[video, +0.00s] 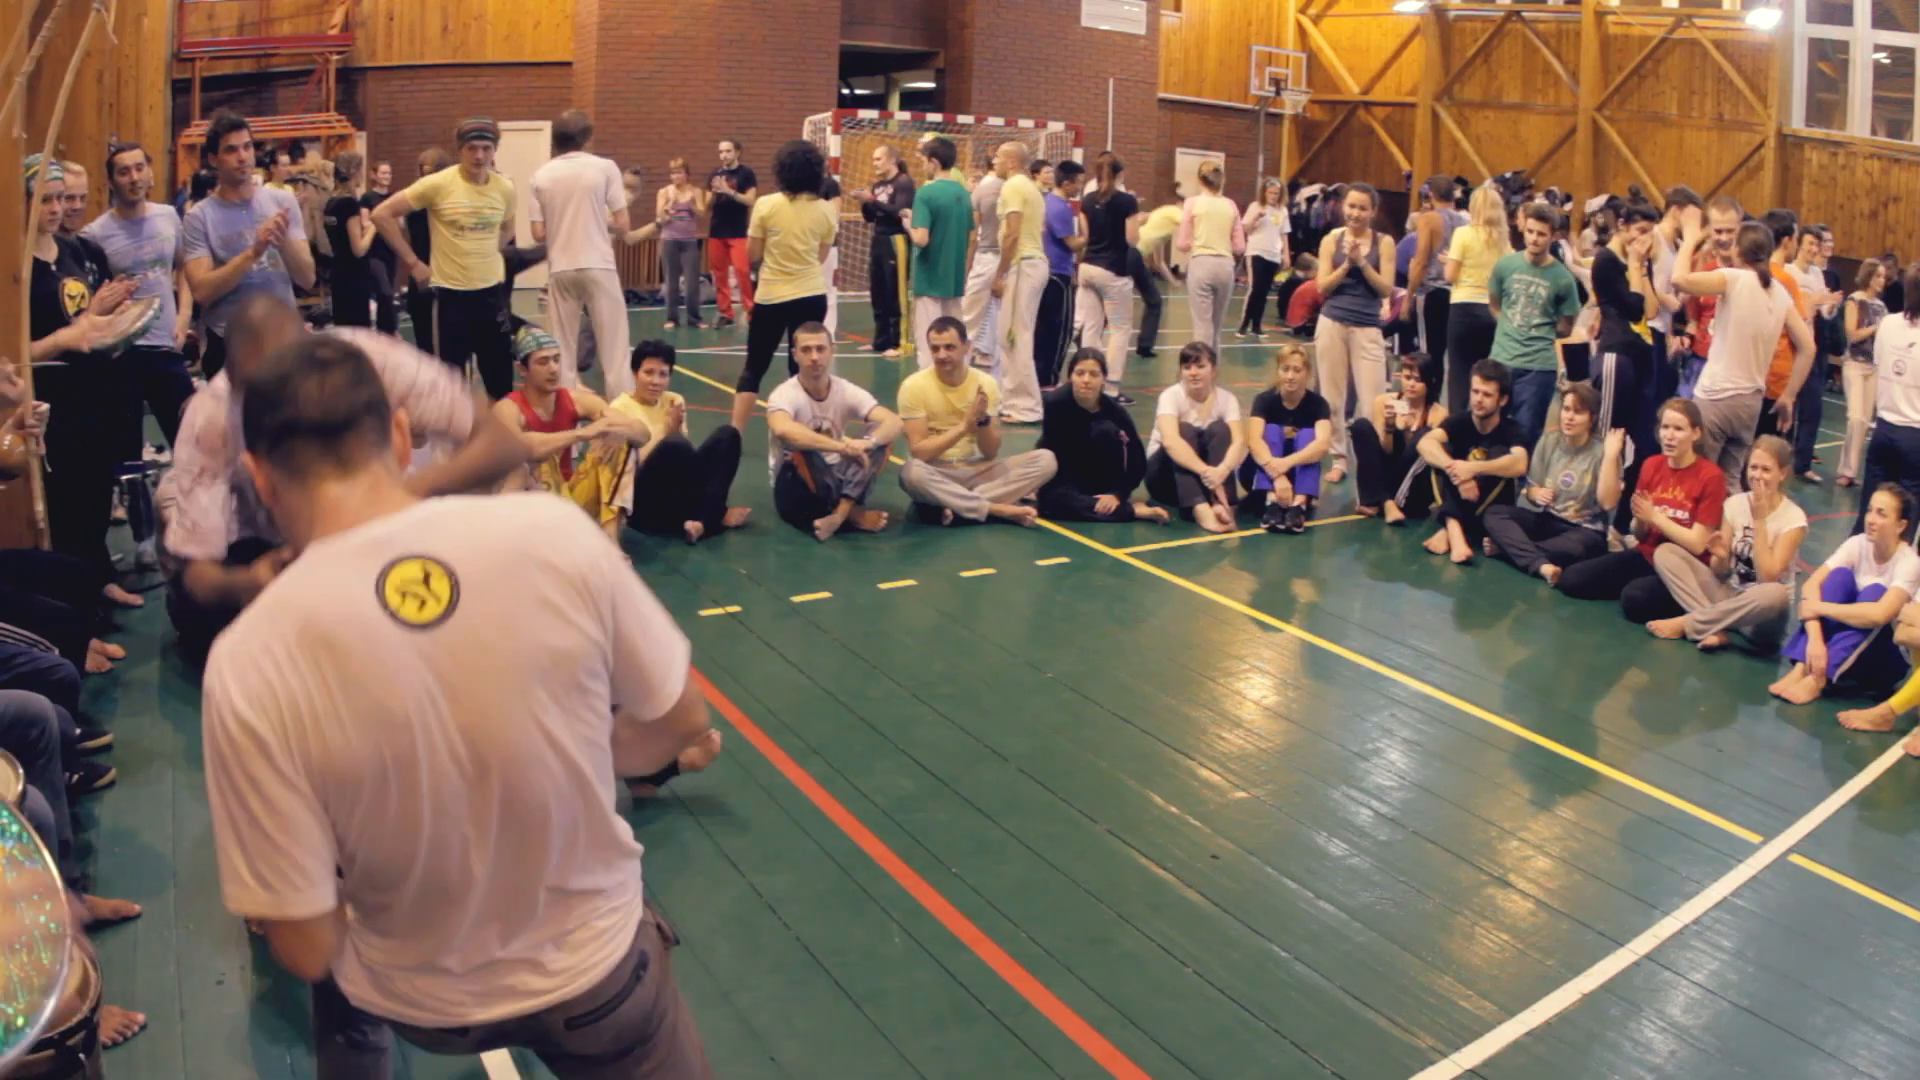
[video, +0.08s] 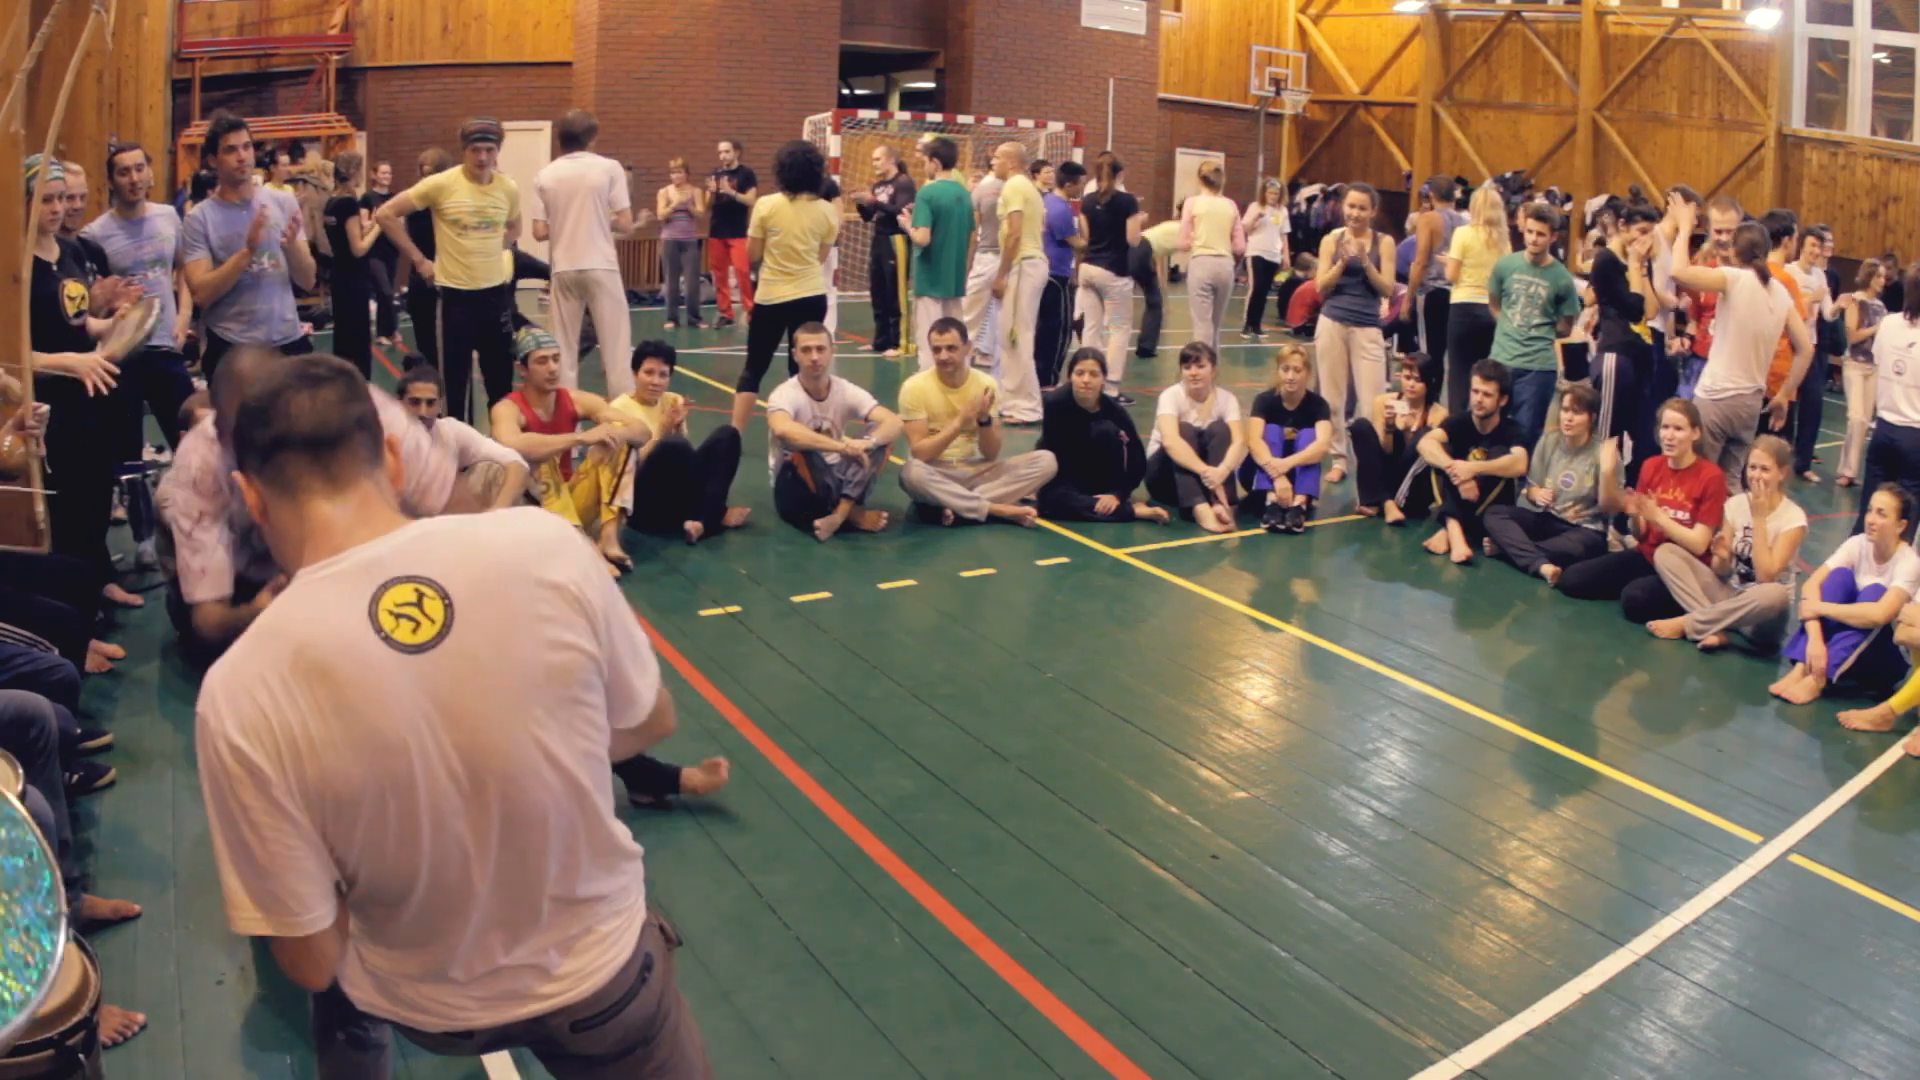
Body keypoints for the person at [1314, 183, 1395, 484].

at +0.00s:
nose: (1356, 213)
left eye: (1362, 208)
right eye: (1351, 207)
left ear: (1373, 212)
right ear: (1343, 207)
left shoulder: (1384, 242)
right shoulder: (1331, 240)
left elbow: (1386, 288)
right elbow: (1322, 286)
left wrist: (1362, 263)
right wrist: (1346, 265)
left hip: (1367, 325)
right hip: (1331, 322)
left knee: (1371, 396)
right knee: (1333, 395)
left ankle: (1370, 460)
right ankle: (1338, 457)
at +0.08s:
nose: (1356, 213)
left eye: (1362, 208)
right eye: (1351, 206)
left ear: (1372, 211)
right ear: (1343, 207)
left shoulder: (1384, 242)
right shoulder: (1331, 240)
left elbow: (1388, 289)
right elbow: (1321, 286)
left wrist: (1366, 264)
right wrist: (1341, 263)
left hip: (1367, 325)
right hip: (1331, 321)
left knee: (1371, 396)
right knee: (1333, 395)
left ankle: (1370, 460)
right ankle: (1338, 456)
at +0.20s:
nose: (1355, 213)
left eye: (1362, 208)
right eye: (1351, 207)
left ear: (1373, 211)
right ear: (1343, 207)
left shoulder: (1384, 242)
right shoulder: (1331, 240)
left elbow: (1386, 289)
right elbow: (1322, 287)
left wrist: (1367, 265)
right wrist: (1338, 262)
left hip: (1367, 323)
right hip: (1331, 320)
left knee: (1371, 396)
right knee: (1333, 395)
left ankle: (1370, 460)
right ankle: (1338, 457)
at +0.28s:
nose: (1355, 213)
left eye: (1362, 208)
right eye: (1351, 207)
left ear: (1372, 211)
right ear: (1343, 207)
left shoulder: (1384, 242)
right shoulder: (1331, 240)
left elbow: (1384, 287)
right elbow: (1324, 286)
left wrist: (1360, 262)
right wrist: (1344, 262)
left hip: (1367, 324)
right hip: (1331, 321)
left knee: (1371, 396)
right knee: (1333, 395)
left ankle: (1370, 461)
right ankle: (1338, 456)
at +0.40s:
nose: (1355, 213)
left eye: (1361, 208)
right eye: (1350, 207)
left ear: (1372, 212)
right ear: (1343, 208)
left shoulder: (1384, 242)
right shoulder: (1332, 240)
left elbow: (1387, 288)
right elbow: (1321, 285)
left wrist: (1365, 262)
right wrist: (1336, 257)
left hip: (1367, 323)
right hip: (1331, 320)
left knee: (1371, 397)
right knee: (1333, 396)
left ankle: (1370, 461)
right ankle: (1338, 457)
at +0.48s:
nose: (1355, 213)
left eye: (1361, 208)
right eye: (1350, 207)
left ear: (1372, 212)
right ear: (1343, 208)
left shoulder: (1385, 242)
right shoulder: (1331, 238)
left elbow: (1386, 288)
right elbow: (1322, 285)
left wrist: (1367, 264)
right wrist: (1334, 255)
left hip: (1367, 324)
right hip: (1331, 320)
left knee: (1370, 397)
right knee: (1333, 396)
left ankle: (1370, 462)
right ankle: (1338, 457)